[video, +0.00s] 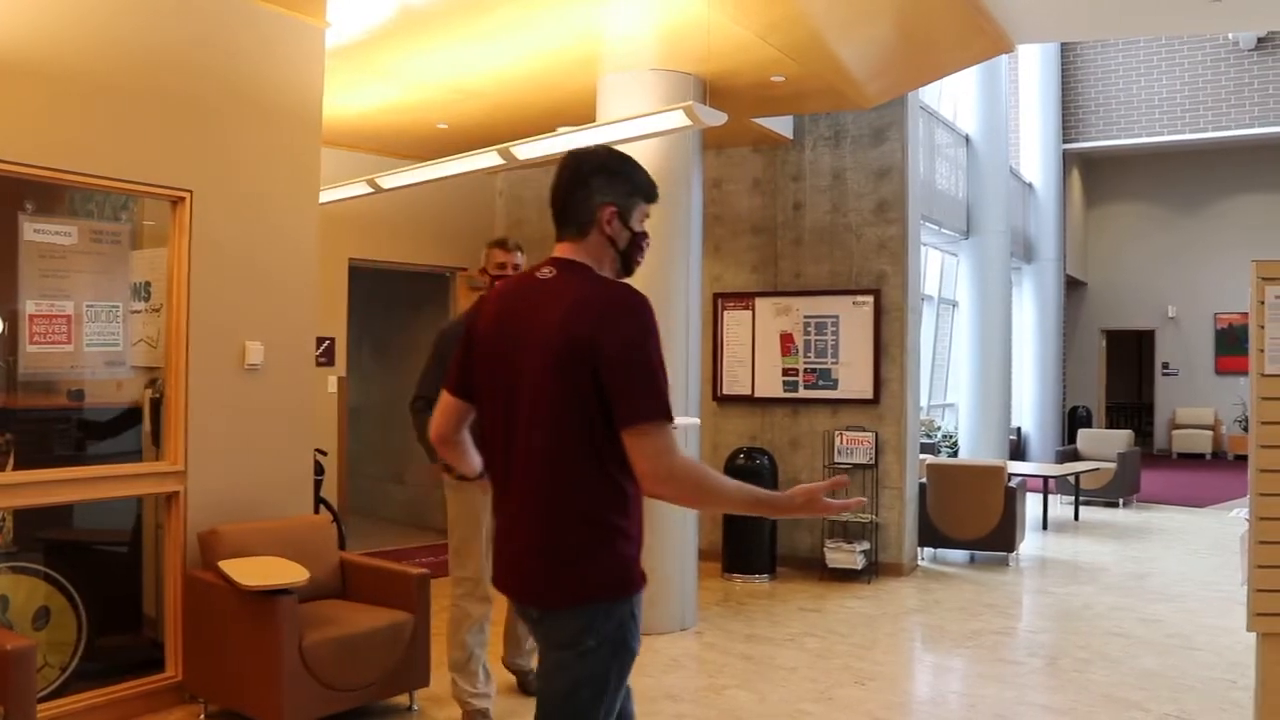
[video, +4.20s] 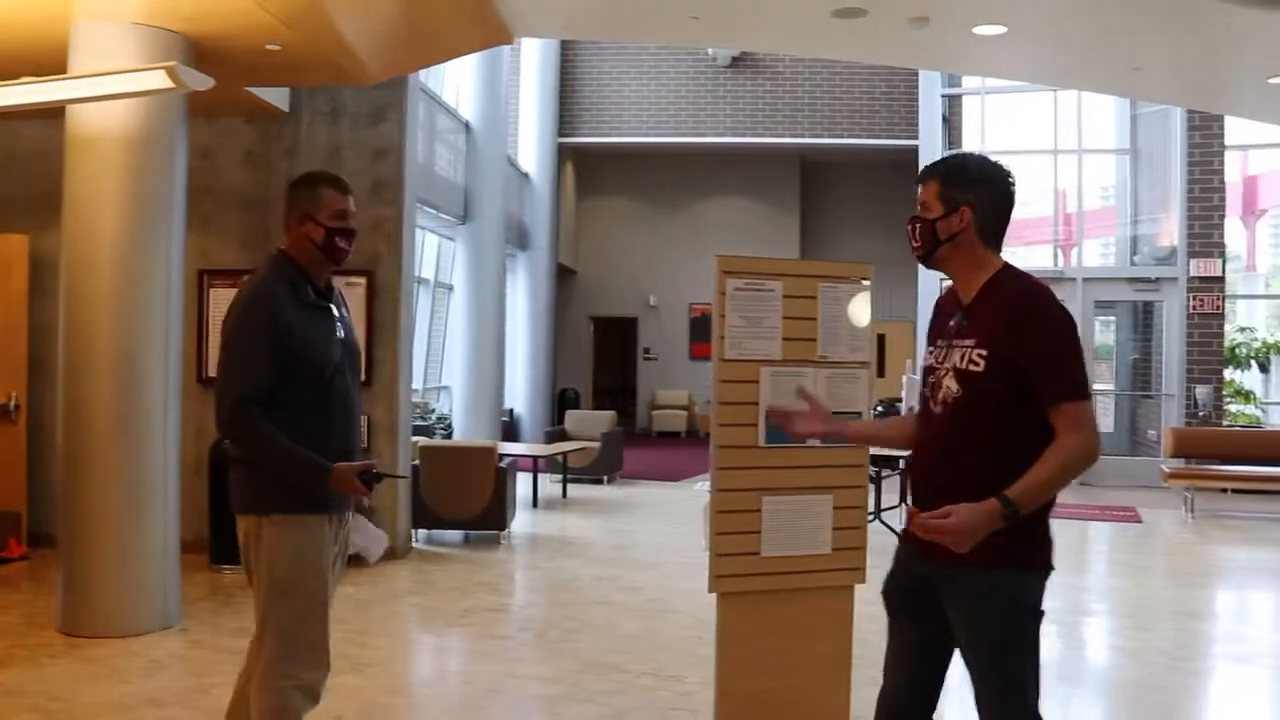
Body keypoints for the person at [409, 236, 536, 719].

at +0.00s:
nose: (504, 278)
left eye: (512, 270)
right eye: (497, 270)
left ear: (525, 273)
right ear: (482, 273)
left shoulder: (540, 331)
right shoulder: (458, 333)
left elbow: (556, 400)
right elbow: (424, 404)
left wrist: (541, 447)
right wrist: (443, 455)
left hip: (524, 466)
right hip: (470, 469)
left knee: (524, 572)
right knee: (472, 584)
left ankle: (525, 663)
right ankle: (474, 699)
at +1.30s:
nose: (512, 277)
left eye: (520, 272)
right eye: (504, 267)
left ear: (525, 279)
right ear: (481, 267)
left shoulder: (522, 341)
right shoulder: (438, 322)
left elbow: (543, 412)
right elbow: (395, 397)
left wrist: (607, 440)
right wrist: (450, 438)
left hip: (496, 493)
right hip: (441, 490)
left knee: (481, 612)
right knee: (456, 611)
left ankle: (467, 710)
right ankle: (463, 714)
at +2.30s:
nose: (467, 256)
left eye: (470, 247)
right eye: (455, 247)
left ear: (473, 252)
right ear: (422, 251)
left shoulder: (455, 317)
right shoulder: (392, 319)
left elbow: (469, 395)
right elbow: (362, 423)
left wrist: (527, 414)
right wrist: (443, 464)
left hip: (461, 501)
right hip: (406, 511)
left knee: (475, 616)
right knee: (416, 649)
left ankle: (439, 714)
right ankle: (404, 719)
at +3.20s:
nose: (430, 257)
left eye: (435, 250)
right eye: (421, 246)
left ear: (436, 256)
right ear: (390, 246)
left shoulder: (415, 320)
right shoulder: (348, 308)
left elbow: (433, 414)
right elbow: (313, 398)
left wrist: (501, 443)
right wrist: (392, 438)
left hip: (412, 499)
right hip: (361, 498)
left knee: (392, 633)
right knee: (370, 630)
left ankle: (369, 712)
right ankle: (324, 717)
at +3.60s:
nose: (398, 255)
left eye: (403, 247)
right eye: (389, 243)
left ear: (404, 251)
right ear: (355, 240)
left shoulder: (378, 317)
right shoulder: (311, 302)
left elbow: (384, 415)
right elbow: (274, 396)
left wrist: (425, 479)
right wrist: (351, 449)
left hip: (361, 495)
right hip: (314, 495)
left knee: (312, 631)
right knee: (338, 640)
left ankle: (303, 715)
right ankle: (343, 718)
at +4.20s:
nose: (347, 238)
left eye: (351, 228)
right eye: (336, 225)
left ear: (352, 229)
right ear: (298, 224)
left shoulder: (324, 295)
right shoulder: (264, 297)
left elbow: (325, 399)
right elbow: (236, 417)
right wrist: (327, 474)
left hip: (319, 506)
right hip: (283, 508)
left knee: (279, 661)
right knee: (295, 672)